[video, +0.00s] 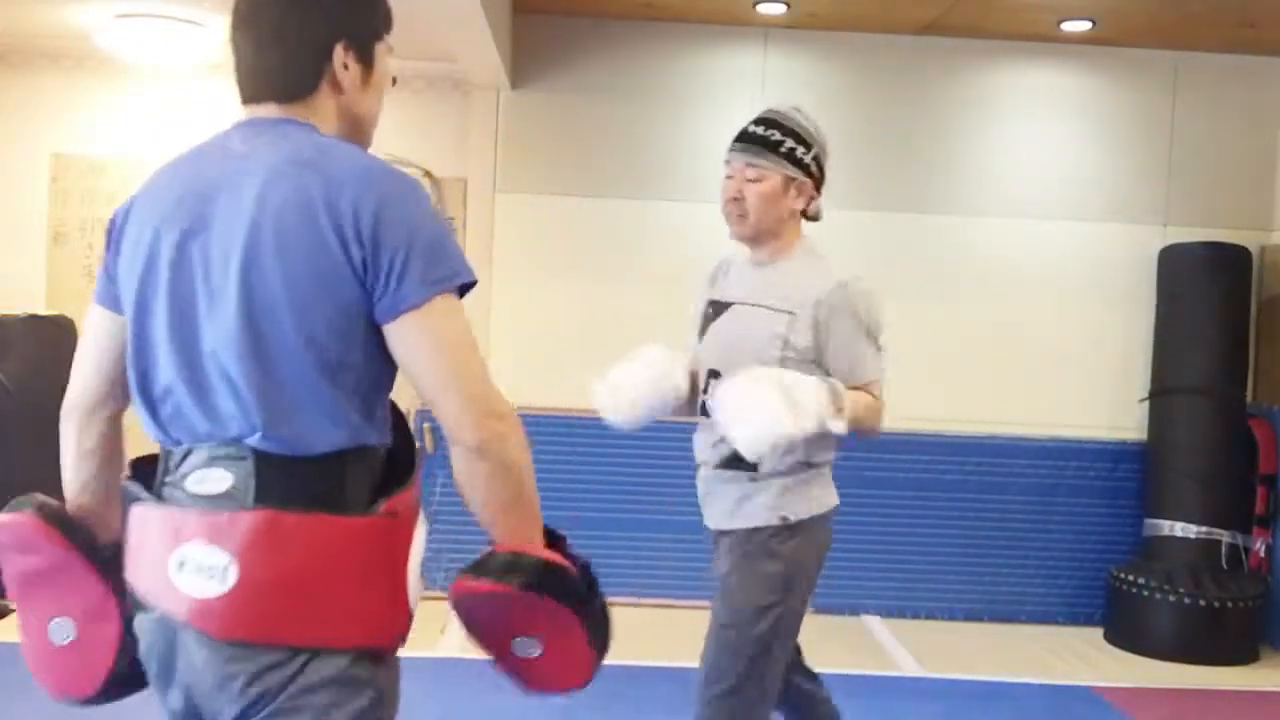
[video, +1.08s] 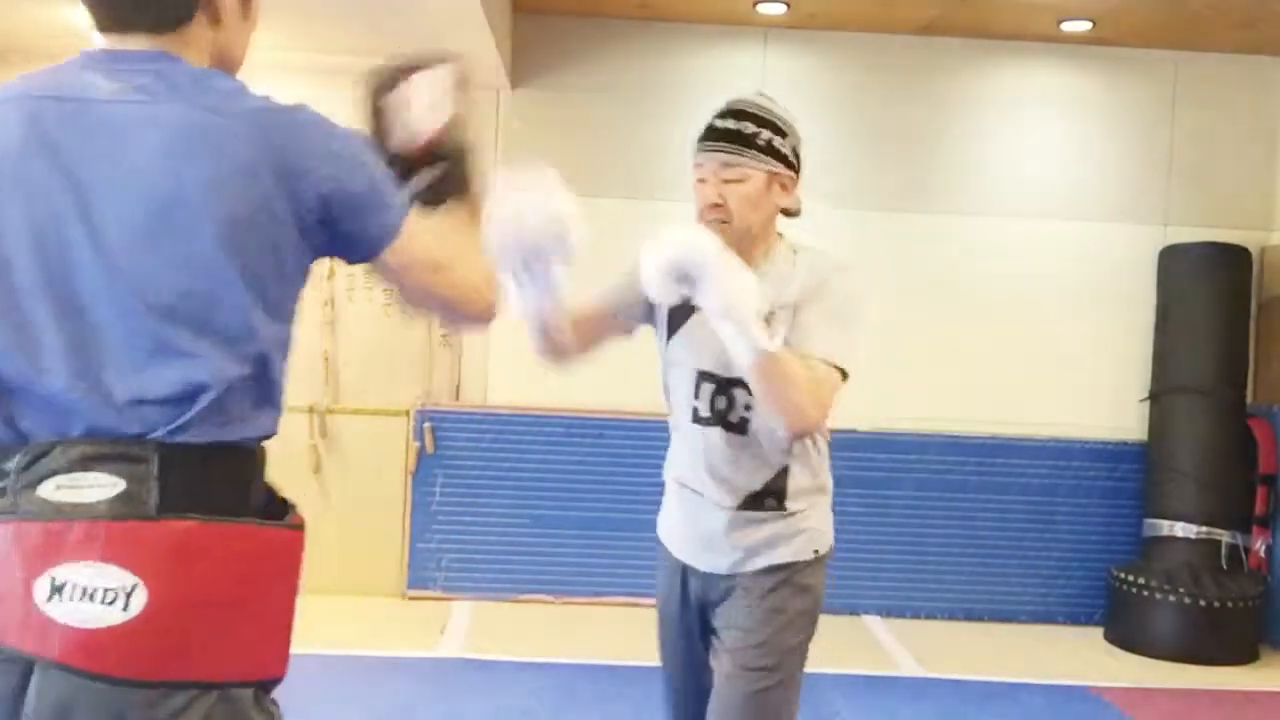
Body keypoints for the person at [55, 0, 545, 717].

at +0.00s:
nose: (384, 92)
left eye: (387, 72)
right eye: (383, 69)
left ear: (252, 68)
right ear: (343, 66)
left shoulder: (151, 201)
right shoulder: (370, 193)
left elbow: (89, 407)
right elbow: (478, 423)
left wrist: (96, 551)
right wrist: (529, 571)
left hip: (164, 584)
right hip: (299, 592)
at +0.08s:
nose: (384, 83)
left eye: (384, 62)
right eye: (381, 61)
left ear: (247, 63)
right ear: (340, 63)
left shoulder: (146, 199)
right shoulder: (362, 193)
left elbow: (85, 411)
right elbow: (488, 433)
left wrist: (90, 550)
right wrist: (548, 563)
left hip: (148, 581)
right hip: (287, 593)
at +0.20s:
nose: (376, 80)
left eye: (379, 56)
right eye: (374, 53)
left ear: (233, 46)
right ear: (333, 45)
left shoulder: (123, 192)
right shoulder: (345, 180)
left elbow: (87, 423)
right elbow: (510, 410)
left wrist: (110, 537)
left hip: (121, 570)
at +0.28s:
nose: (371, 75)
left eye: (373, 51)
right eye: (370, 49)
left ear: (232, 39)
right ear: (331, 40)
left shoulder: (118, 182)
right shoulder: (338, 174)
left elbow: (91, 430)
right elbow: (514, 389)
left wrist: (115, 543)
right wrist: (592, 381)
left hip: (117, 565)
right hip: (264, 582)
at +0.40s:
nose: (353, 49)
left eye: (356, 27)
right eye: (353, 25)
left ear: (205, 26)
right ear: (315, 20)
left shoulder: (100, 165)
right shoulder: (317, 154)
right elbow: (548, 323)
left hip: (104, 572)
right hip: (257, 585)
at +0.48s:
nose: (335, 33)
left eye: (337, 14)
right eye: (334, 13)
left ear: (185, 22)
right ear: (296, 15)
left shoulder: (92, 149)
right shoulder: (304, 140)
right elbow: (551, 270)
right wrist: (539, 135)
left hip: (92, 567)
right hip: (244, 580)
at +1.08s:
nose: (252, 21)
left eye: (251, 6)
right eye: (249, 5)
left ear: (103, 15)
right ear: (216, 6)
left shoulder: (14, 113)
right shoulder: (283, 139)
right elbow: (472, 295)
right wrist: (443, 176)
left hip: (23, 499)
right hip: (199, 507)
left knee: (31, 701)